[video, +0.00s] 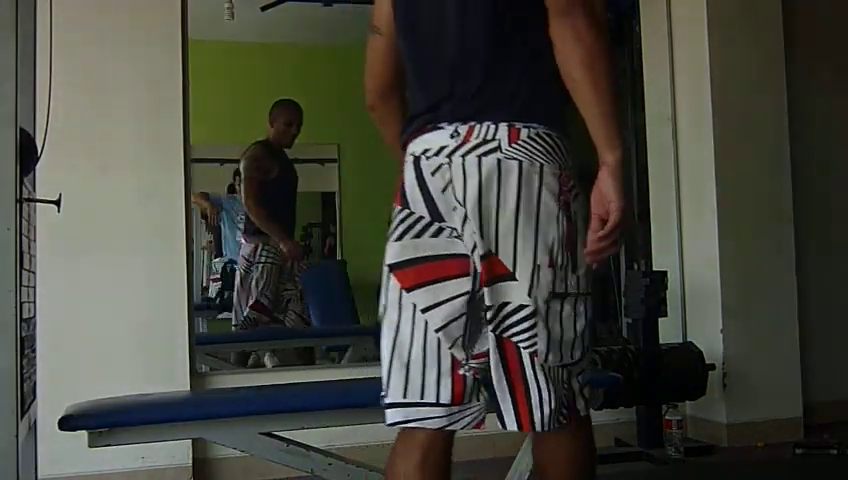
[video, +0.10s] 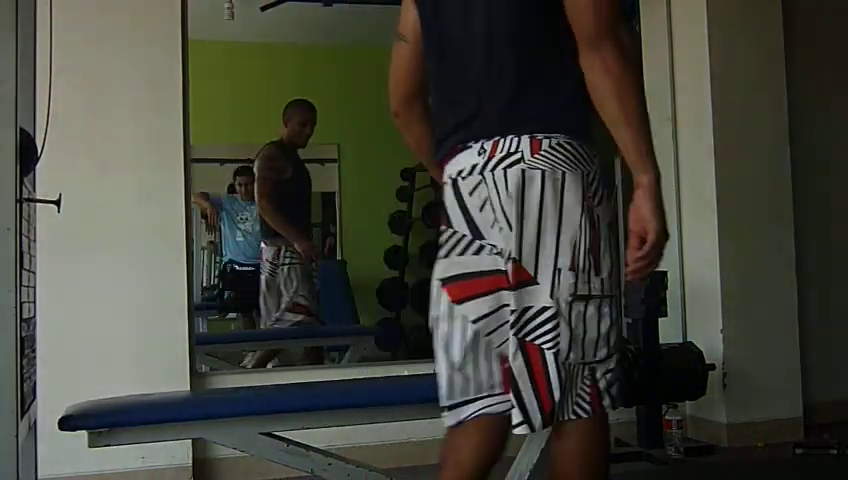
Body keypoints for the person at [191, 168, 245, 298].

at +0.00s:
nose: (243, 186)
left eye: (245, 181)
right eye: (240, 182)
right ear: (235, 183)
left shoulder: (263, 205)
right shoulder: (231, 202)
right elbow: (197, 197)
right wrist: (209, 206)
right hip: (233, 264)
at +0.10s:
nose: (244, 189)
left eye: (248, 185)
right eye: (240, 185)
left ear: (255, 184)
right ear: (235, 186)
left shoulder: (263, 205)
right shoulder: (228, 202)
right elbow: (196, 197)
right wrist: (207, 205)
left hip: (261, 268)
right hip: (235, 269)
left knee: (264, 315)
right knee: (245, 316)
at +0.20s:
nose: (243, 189)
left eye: (248, 184)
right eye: (239, 185)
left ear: (257, 184)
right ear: (234, 186)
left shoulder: (267, 203)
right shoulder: (226, 202)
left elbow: (286, 215)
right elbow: (196, 196)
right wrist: (207, 205)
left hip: (264, 267)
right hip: (237, 268)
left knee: (267, 311)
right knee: (245, 313)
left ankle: (269, 351)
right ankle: (251, 351)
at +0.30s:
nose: (244, 189)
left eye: (248, 184)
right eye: (240, 185)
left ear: (256, 184)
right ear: (234, 185)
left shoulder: (267, 203)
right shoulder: (226, 202)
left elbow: (281, 232)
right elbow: (196, 196)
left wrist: (287, 260)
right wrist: (207, 205)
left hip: (263, 267)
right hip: (236, 269)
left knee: (266, 310)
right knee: (245, 314)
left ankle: (269, 351)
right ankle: (251, 351)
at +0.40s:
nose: (243, 190)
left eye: (247, 185)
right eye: (239, 185)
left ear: (256, 185)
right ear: (234, 185)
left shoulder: (268, 204)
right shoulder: (226, 202)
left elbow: (280, 232)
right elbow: (197, 196)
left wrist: (289, 258)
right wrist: (207, 205)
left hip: (263, 267)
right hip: (236, 268)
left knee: (266, 311)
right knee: (244, 314)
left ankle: (269, 351)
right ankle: (251, 351)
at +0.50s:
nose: (243, 190)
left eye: (247, 185)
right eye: (239, 185)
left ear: (256, 185)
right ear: (234, 185)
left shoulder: (268, 204)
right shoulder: (226, 202)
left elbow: (281, 231)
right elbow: (197, 196)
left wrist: (289, 258)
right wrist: (207, 205)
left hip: (263, 267)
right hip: (235, 268)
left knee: (266, 311)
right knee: (244, 313)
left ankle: (269, 351)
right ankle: (251, 351)